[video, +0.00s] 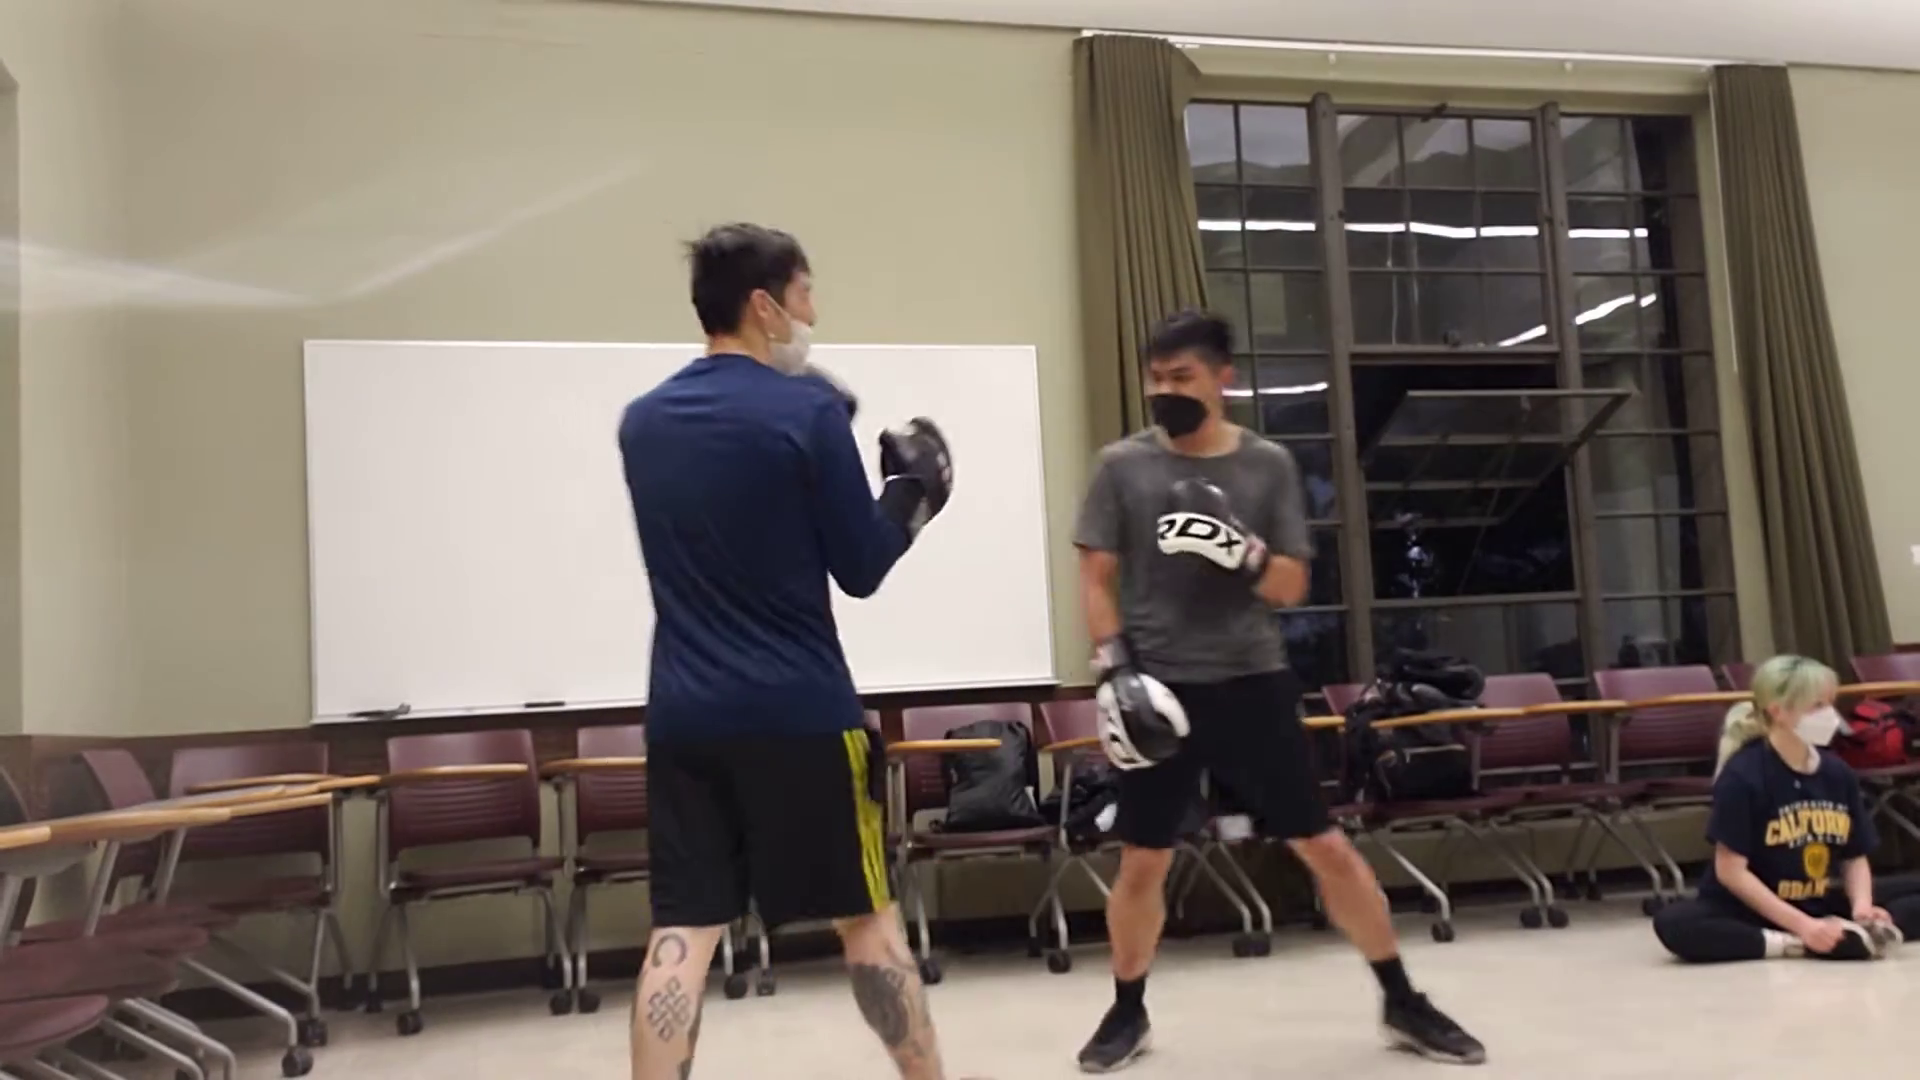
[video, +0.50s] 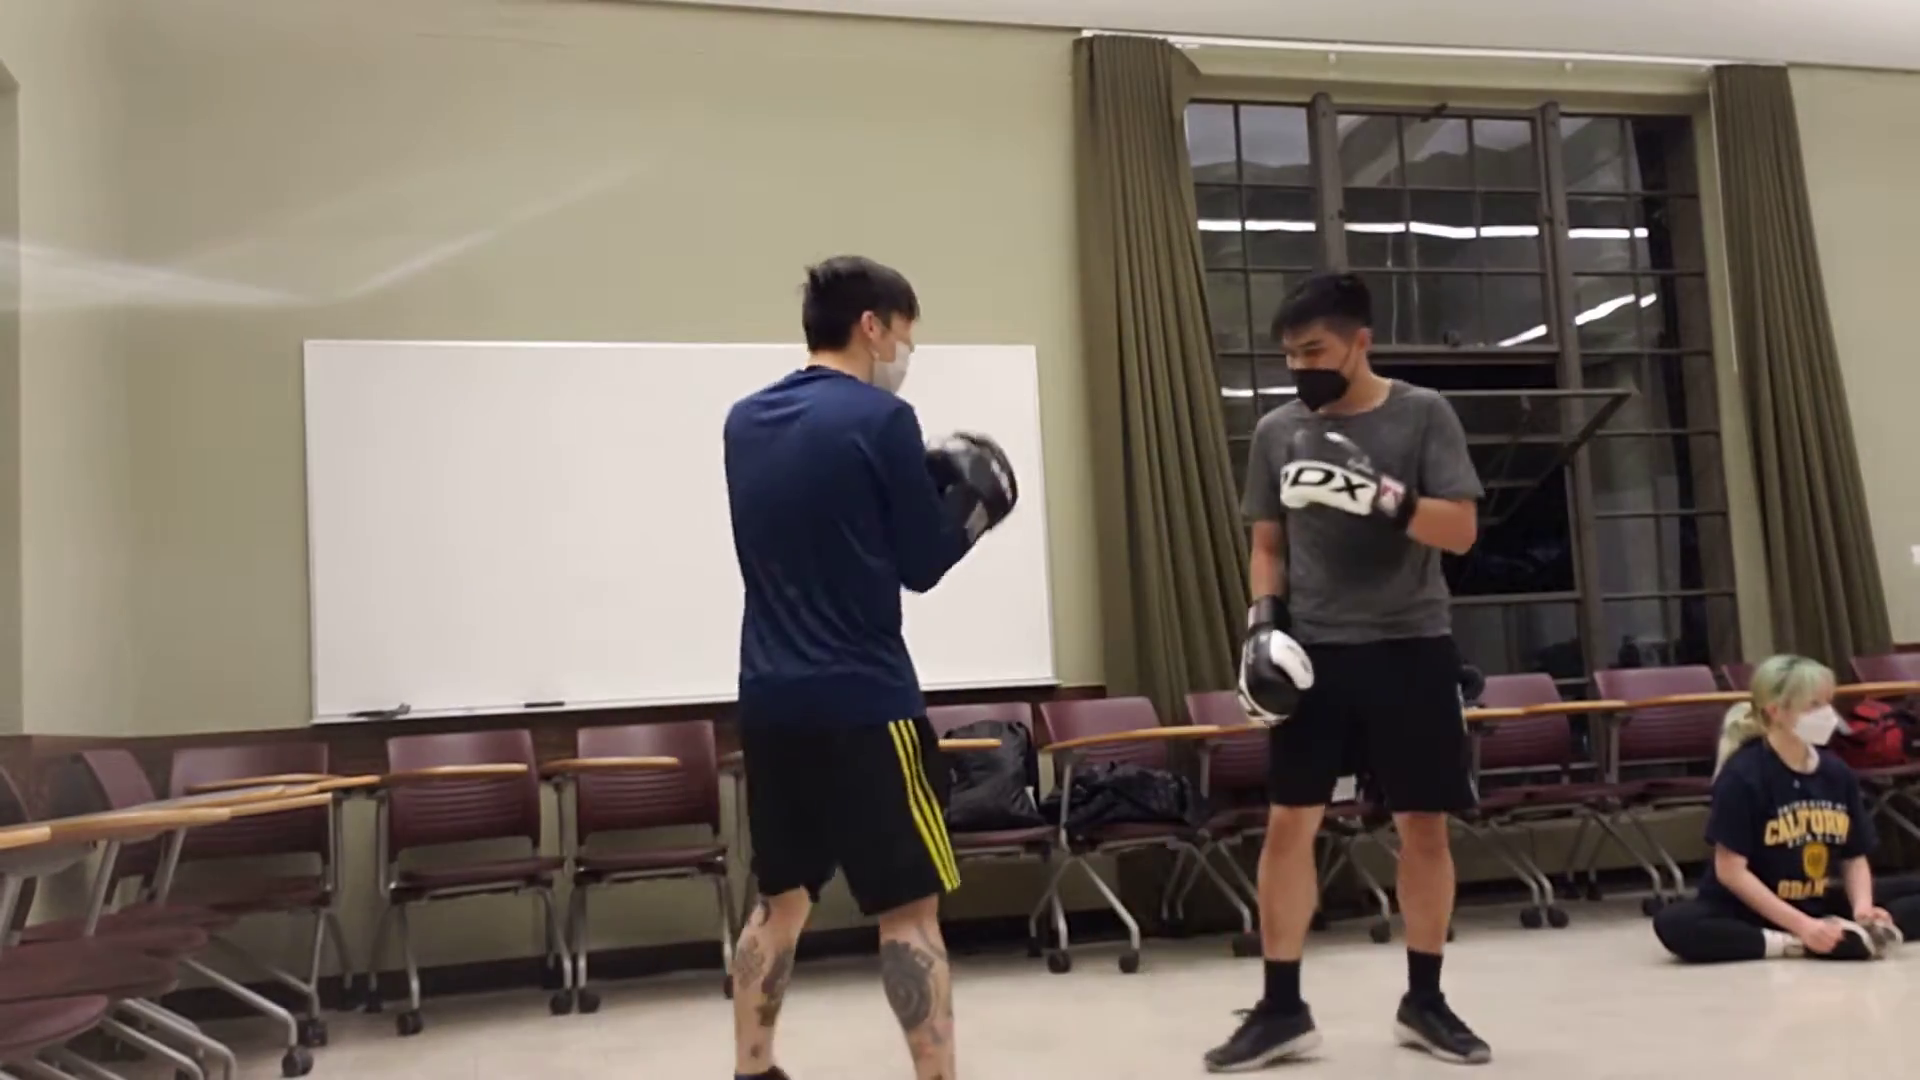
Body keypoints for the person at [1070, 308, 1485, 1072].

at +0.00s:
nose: (1167, 394)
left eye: (1182, 379)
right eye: (1156, 381)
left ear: (1224, 377)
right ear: (1145, 384)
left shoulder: (1268, 464)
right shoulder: (1121, 468)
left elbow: (1292, 586)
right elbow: (1096, 577)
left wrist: (1241, 550)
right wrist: (1114, 670)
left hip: (1254, 687)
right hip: (1158, 689)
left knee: (1321, 844)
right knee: (1140, 865)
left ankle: (1401, 999)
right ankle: (1126, 1012)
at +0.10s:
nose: (1210, 382)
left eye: (1224, 366)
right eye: (1199, 370)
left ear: (1267, 364)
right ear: (1189, 374)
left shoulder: (1321, 450)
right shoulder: (1167, 459)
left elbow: (1355, 569)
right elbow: (1150, 571)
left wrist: (1284, 536)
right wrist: (1161, 659)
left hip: (1307, 674)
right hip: (1206, 676)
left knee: (1367, 833)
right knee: (1170, 847)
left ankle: (1417, 1000)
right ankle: (1131, 1002)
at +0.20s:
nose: (1247, 368)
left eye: (1262, 351)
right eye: (1235, 356)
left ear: (1305, 348)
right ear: (1225, 360)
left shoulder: (1358, 428)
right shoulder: (1207, 442)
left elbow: (1406, 540)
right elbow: (1196, 554)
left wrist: (1327, 514)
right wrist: (1203, 641)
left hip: (1348, 655)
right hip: (1248, 659)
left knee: (1390, 820)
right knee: (1202, 825)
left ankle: (1419, 995)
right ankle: (1160, 993)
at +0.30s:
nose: (1274, 368)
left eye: (1289, 351)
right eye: (1263, 354)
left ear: (1332, 345)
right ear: (1251, 354)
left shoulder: (1388, 422)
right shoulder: (1237, 440)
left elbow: (1435, 538)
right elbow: (1221, 552)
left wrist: (1362, 512)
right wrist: (1230, 636)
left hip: (1374, 654)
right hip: (1272, 657)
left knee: (1403, 821)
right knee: (1235, 822)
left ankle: (1421, 1000)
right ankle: (1213, 998)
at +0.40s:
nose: (1292, 370)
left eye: (1306, 352)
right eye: (1281, 357)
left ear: (1349, 346)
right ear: (1272, 361)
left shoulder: (1412, 426)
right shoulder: (1261, 440)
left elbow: (1453, 543)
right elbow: (1249, 553)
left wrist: (1382, 515)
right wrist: (1249, 641)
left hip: (1395, 657)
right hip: (1295, 660)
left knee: (1417, 826)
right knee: (1269, 826)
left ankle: (1423, 1003)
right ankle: (1251, 1007)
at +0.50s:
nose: (1303, 367)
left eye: (1316, 349)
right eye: (1292, 354)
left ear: (1360, 340)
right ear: (1284, 355)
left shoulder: (1423, 413)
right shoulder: (1277, 430)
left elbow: (1460, 529)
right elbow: (1266, 544)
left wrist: (1384, 496)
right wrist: (1262, 626)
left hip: (1410, 651)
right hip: (1310, 652)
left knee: (1423, 823)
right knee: (1289, 822)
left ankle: (1425, 1000)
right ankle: (1281, 1004)